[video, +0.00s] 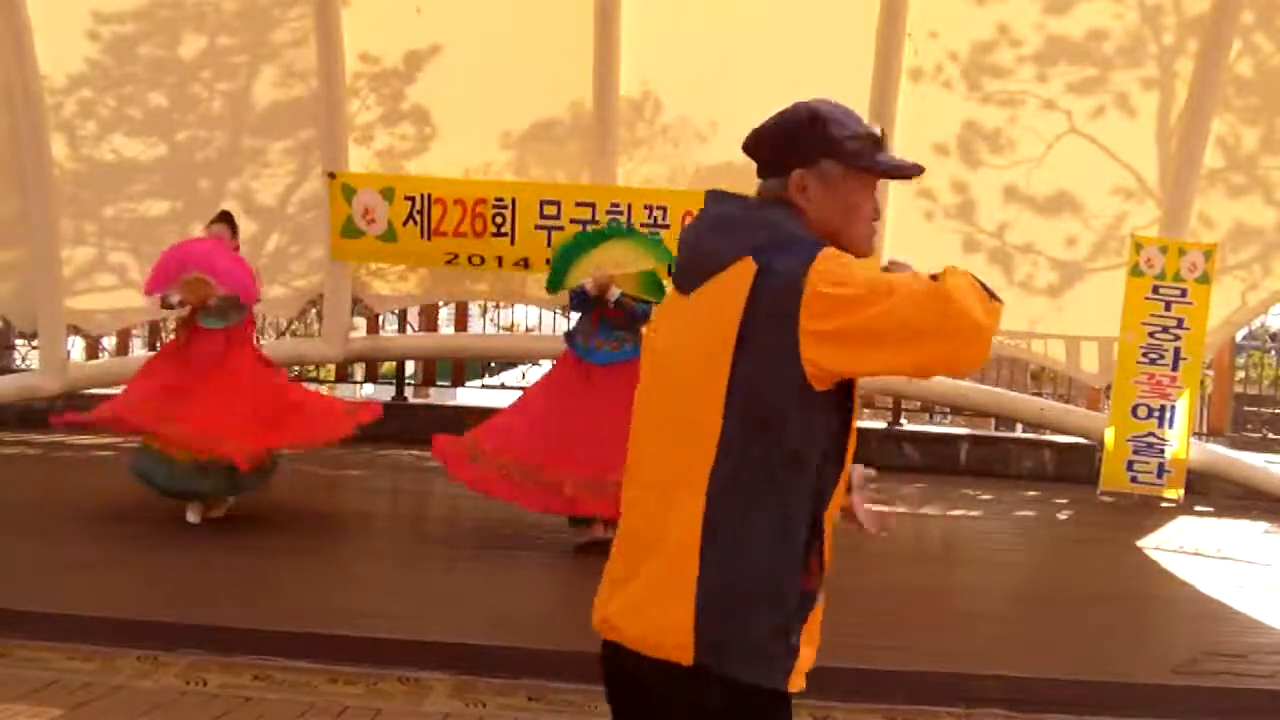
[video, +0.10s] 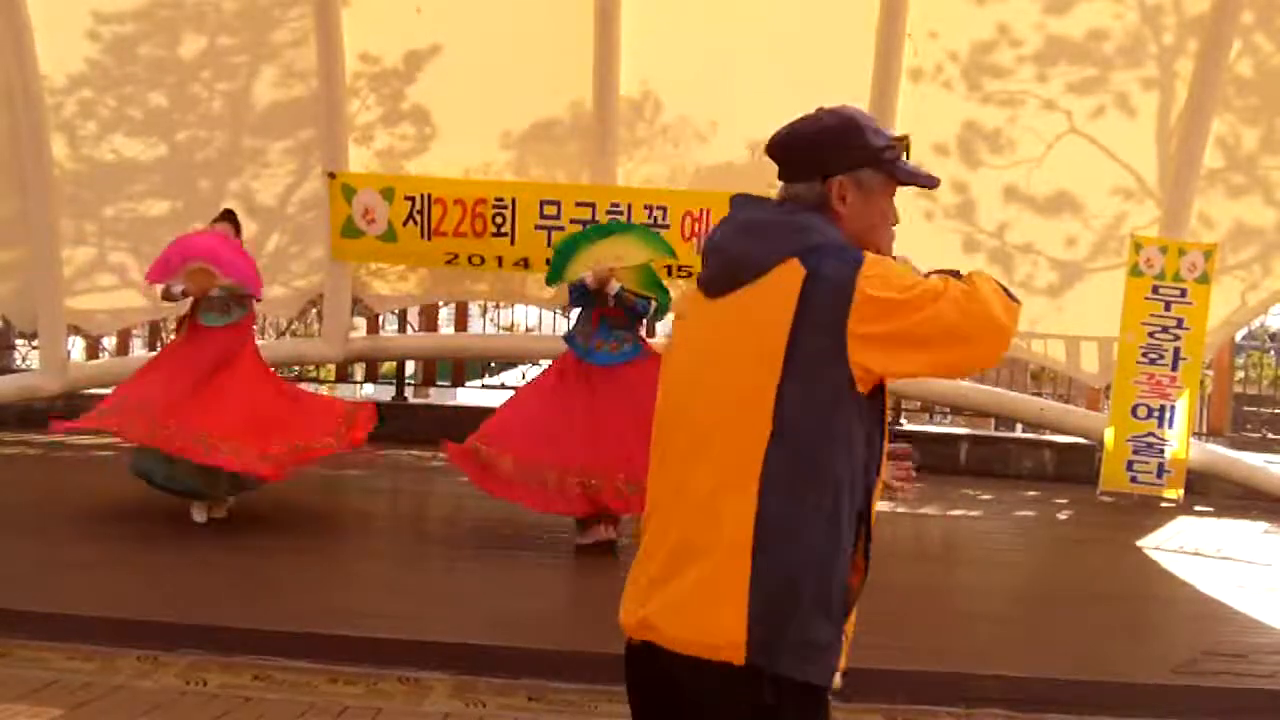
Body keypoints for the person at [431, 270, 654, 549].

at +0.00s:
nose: (612, 267)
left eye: (620, 263)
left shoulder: (642, 277)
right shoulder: (590, 266)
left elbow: (642, 315)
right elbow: (574, 302)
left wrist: (615, 297)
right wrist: (590, 291)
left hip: (625, 356)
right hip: (586, 353)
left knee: (620, 442)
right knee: (584, 440)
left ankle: (617, 524)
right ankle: (596, 525)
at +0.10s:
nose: (612, 260)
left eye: (620, 252)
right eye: (606, 253)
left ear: (633, 249)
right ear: (595, 249)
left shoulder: (642, 275)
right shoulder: (588, 272)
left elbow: (653, 308)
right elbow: (569, 297)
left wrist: (618, 289)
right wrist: (592, 284)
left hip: (626, 356)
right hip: (584, 354)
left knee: (616, 437)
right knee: (581, 437)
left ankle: (610, 517)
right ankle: (589, 518)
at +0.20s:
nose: (611, 258)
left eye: (619, 253)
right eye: (606, 253)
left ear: (631, 252)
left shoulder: (639, 272)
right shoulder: (586, 276)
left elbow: (646, 306)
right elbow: (573, 297)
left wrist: (616, 289)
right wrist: (592, 282)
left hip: (623, 360)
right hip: (585, 357)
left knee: (614, 441)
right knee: (583, 441)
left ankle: (610, 520)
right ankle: (588, 520)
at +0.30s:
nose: (608, 265)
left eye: (615, 256)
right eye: (601, 258)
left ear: (629, 255)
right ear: (591, 260)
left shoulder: (639, 277)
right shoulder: (585, 280)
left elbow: (645, 307)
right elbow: (571, 299)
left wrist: (617, 287)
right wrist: (590, 281)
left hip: (623, 366)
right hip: (586, 365)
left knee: (614, 445)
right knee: (584, 444)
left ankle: (608, 520)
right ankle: (587, 521)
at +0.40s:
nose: (611, 264)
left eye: (618, 257)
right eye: (605, 258)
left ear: (633, 256)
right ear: (594, 260)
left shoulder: (641, 283)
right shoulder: (588, 289)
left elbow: (643, 310)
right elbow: (572, 301)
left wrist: (616, 293)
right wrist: (591, 285)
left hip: (624, 368)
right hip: (587, 366)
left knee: (618, 442)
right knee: (585, 441)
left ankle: (611, 518)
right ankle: (587, 519)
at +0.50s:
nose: (611, 272)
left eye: (618, 266)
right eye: (605, 266)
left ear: (631, 264)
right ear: (594, 266)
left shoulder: (639, 285)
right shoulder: (585, 291)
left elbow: (645, 314)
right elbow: (575, 306)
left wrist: (615, 300)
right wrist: (592, 294)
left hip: (623, 371)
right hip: (587, 370)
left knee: (614, 448)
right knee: (585, 447)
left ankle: (608, 524)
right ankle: (588, 524)